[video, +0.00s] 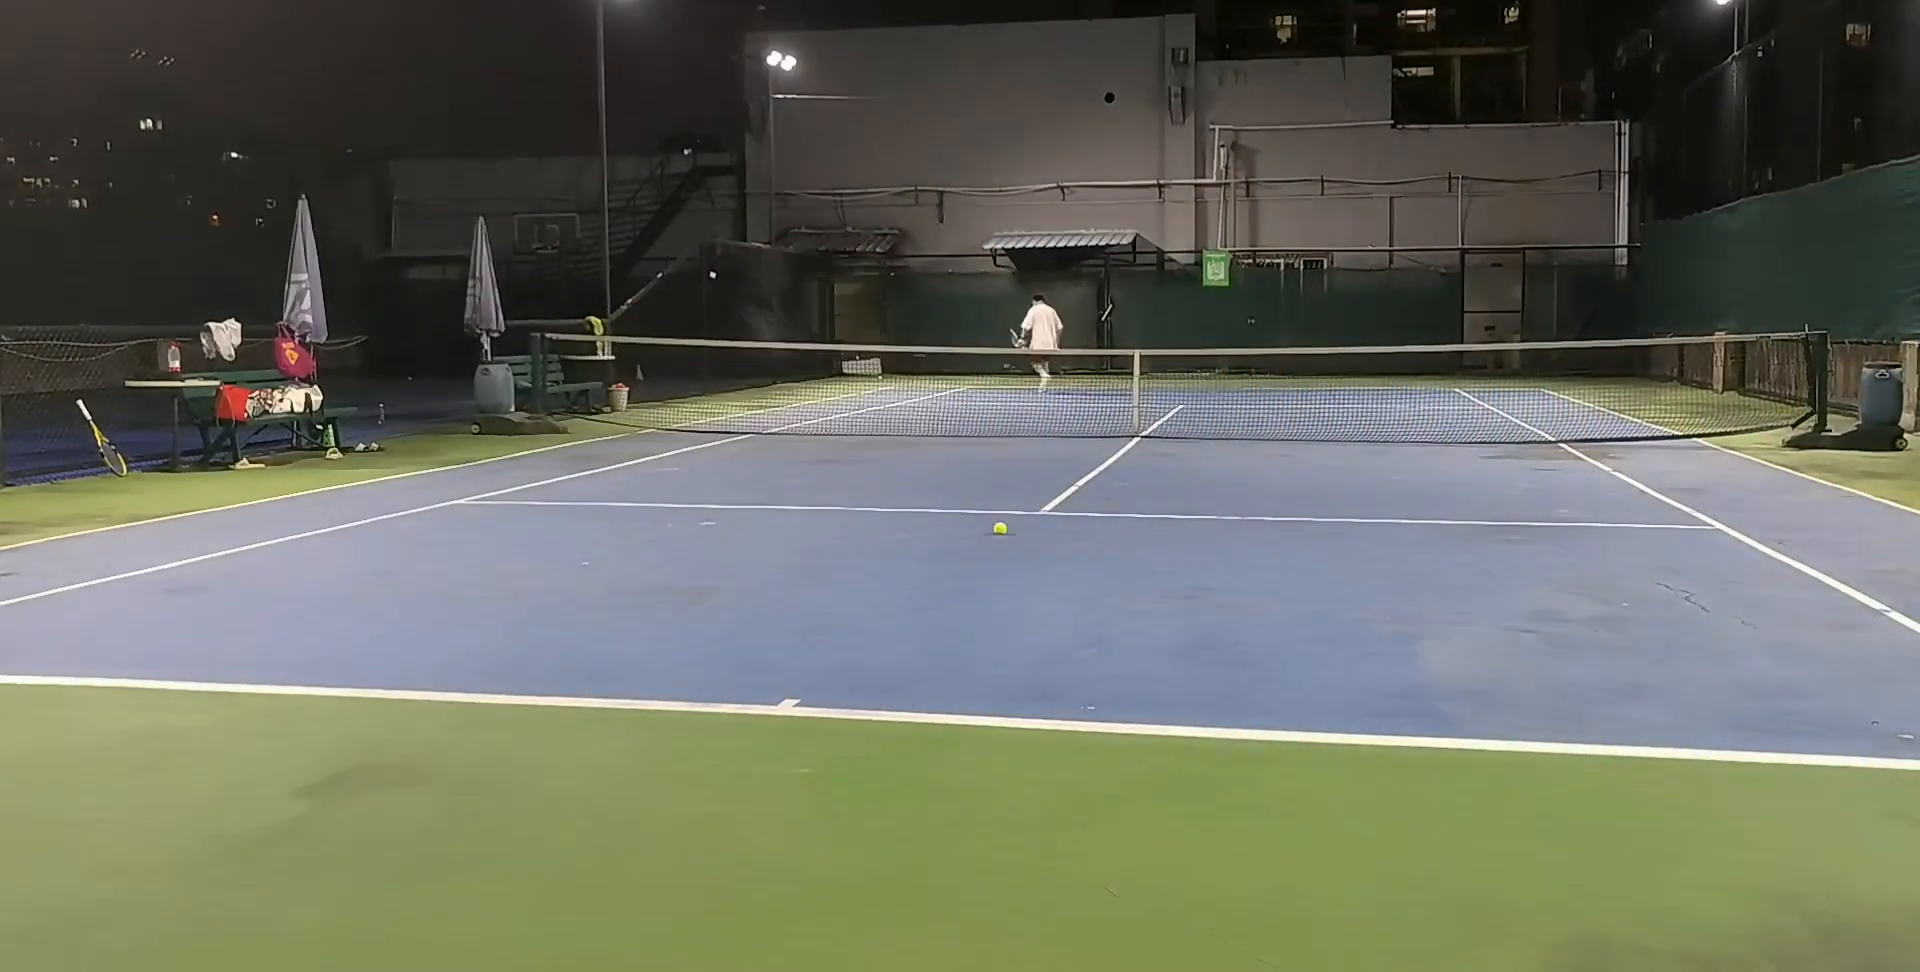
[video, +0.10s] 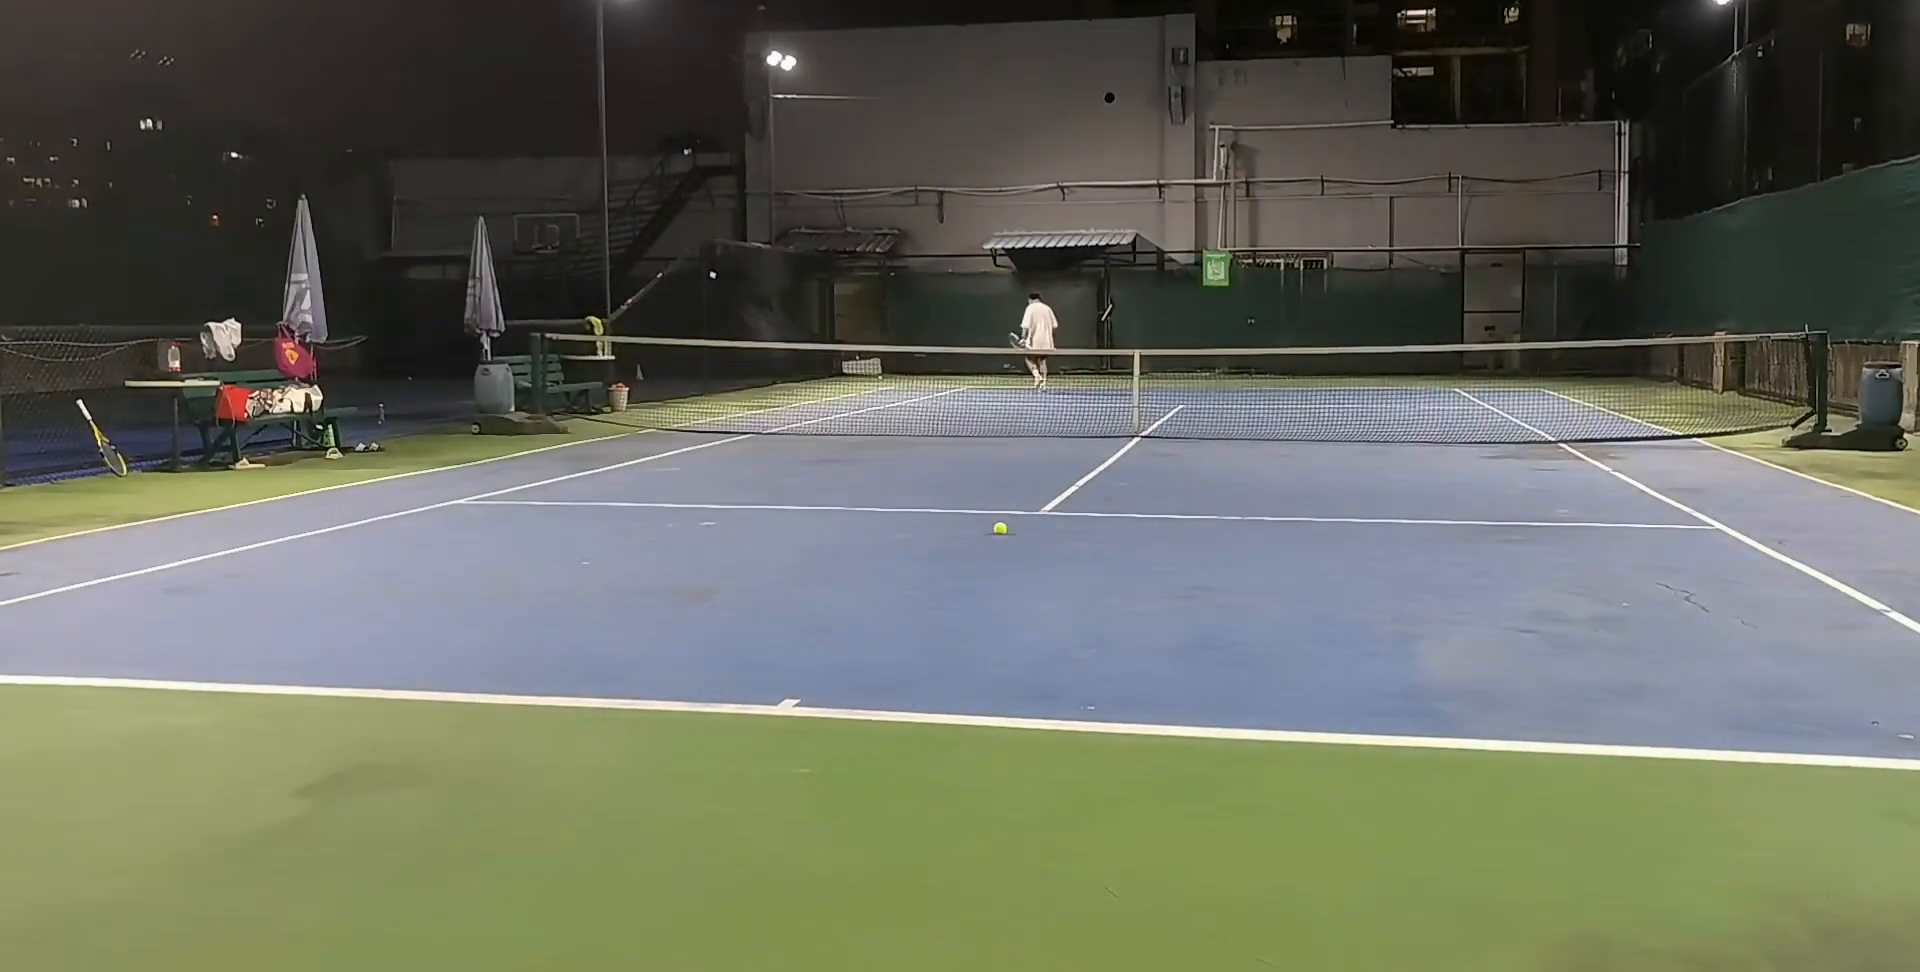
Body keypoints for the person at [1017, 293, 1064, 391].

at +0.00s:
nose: (1033, 304)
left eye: (1033, 302)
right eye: (1033, 302)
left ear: (1034, 302)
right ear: (1044, 301)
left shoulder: (1033, 310)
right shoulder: (1051, 310)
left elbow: (1026, 327)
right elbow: (1060, 327)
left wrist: (1023, 338)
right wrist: (1056, 340)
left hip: (1037, 344)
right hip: (1051, 344)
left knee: (1035, 360)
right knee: (1045, 361)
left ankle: (1044, 374)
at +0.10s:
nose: (1028, 302)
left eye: (1029, 301)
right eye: (1029, 301)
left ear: (1031, 300)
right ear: (1039, 299)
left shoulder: (1030, 308)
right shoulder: (1047, 308)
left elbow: (1025, 326)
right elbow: (1054, 325)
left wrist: (1023, 338)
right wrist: (1049, 336)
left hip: (1034, 340)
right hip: (1046, 340)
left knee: (1029, 358)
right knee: (1043, 360)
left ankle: (1036, 375)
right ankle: (1044, 381)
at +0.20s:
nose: (1024, 303)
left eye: (1024, 301)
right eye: (1024, 301)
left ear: (1028, 300)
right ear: (1034, 299)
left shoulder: (1027, 308)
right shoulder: (1043, 307)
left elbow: (1024, 326)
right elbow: (1050, 324)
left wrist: (1024, 339)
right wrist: (1043, 333)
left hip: (1031, 341)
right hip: (1043, 341)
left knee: (1024, 358)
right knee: (1041, 362)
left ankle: (1027, 381)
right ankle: (1043, 384)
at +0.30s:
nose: (1018, 305)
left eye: (1019, 302)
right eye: (1018, 303)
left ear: (1023, 301)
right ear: (1028, 300)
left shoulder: (1022, 310)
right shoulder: (1037, 309)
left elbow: (1023, 327)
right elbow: (1044, 324)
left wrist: (1019, 340)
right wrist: (1039, 335)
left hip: (1027, 342)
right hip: (1039, 342)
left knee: (1021, 362)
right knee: (1039, 363)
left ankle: (1019, 380)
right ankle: (1042, 383)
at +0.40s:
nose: (1013, 305)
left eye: (1013, 303)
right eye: (1013, 303)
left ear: (1017, 302)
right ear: (1023, 301)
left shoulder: (1017, 311)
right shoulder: (1031, 310)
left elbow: (1017, 329)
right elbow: (1038, 326)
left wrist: (1014, 341)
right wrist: (1031, 334)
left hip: (1022, 343)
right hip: (1034, 342)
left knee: (1017, 362)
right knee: (1033, 361)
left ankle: (1017, 381)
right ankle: (1040, 379)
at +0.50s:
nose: (1008, 304)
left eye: (1009, 302)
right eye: (1008, 302)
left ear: (1012, 300)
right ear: (1018, 299)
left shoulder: (1012, 310)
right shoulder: (1028, 309)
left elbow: (1010, 328)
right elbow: (1034, 326)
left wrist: (1010, 340)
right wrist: (1026, 332)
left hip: (1017, 341)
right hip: (1028, 341)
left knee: (1015, 362)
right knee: (1026, 360)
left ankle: (1016, 381)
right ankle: (1033, 374)